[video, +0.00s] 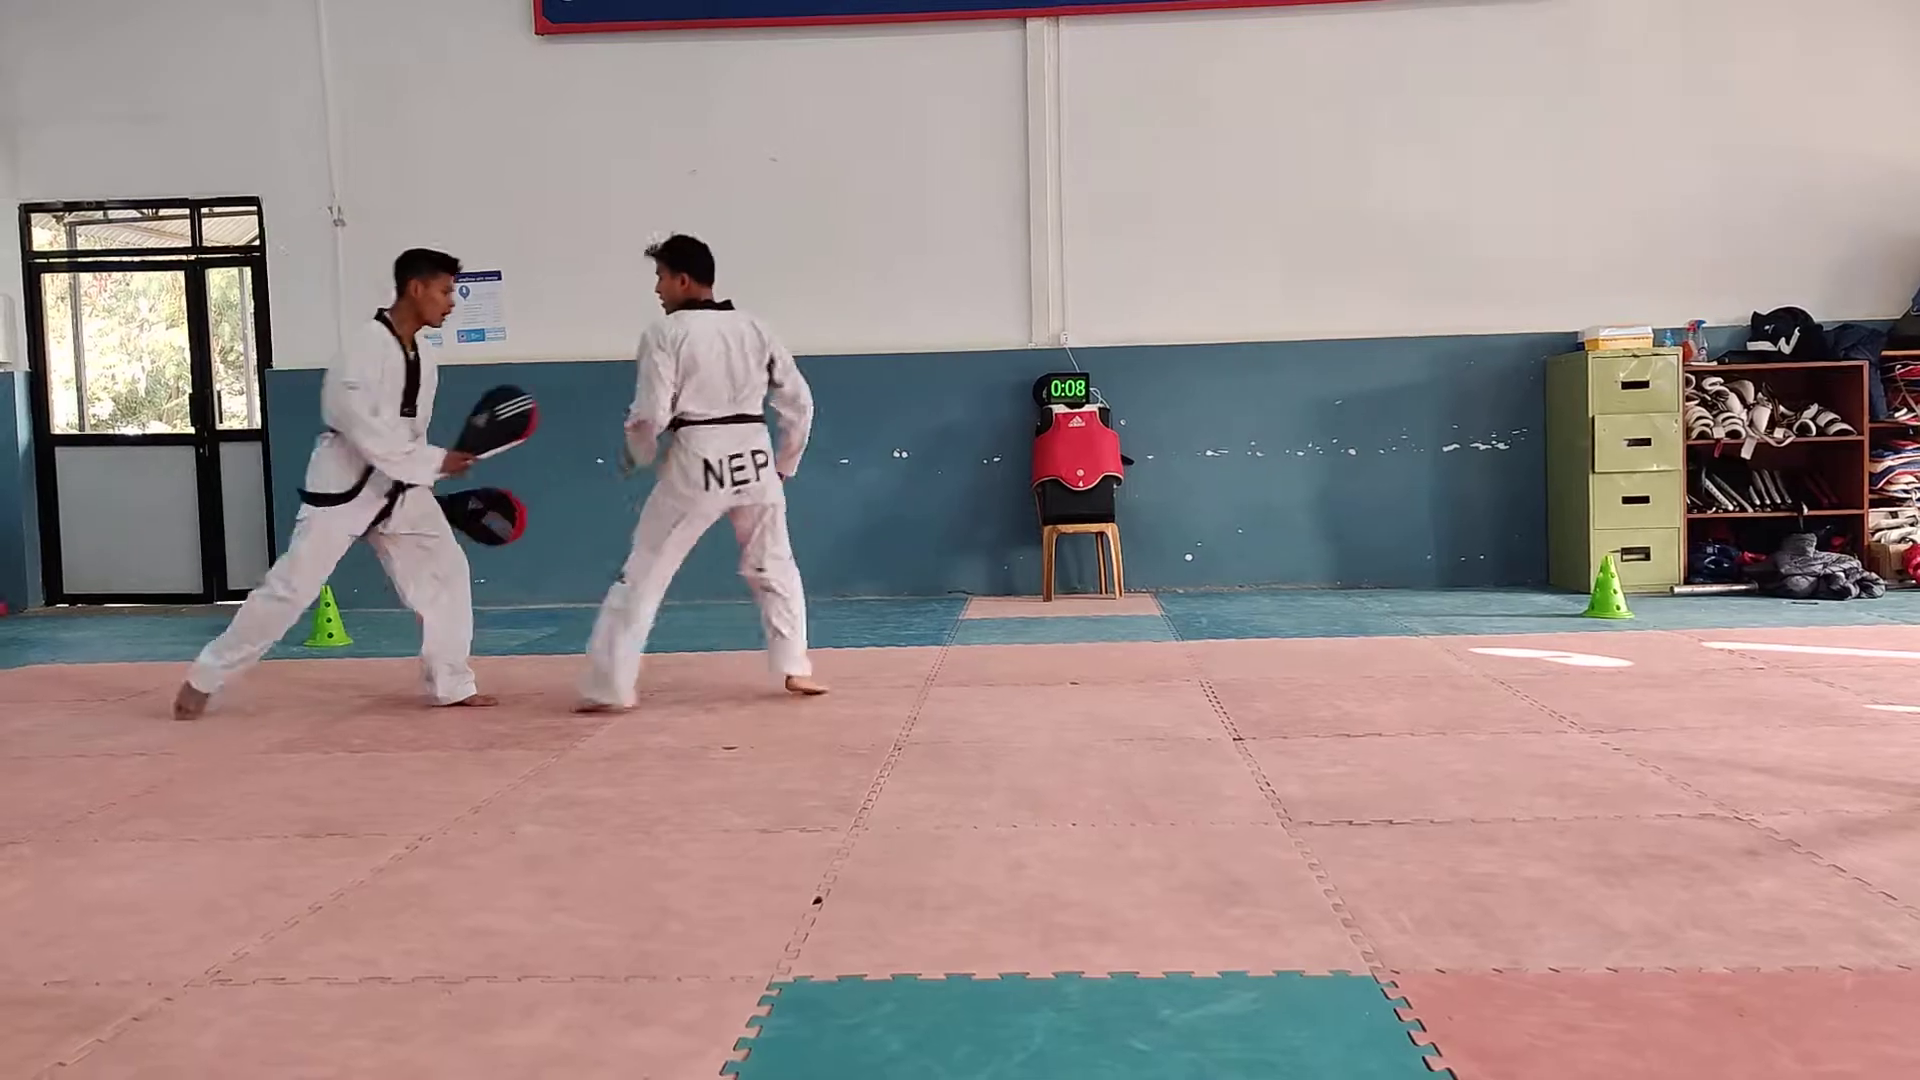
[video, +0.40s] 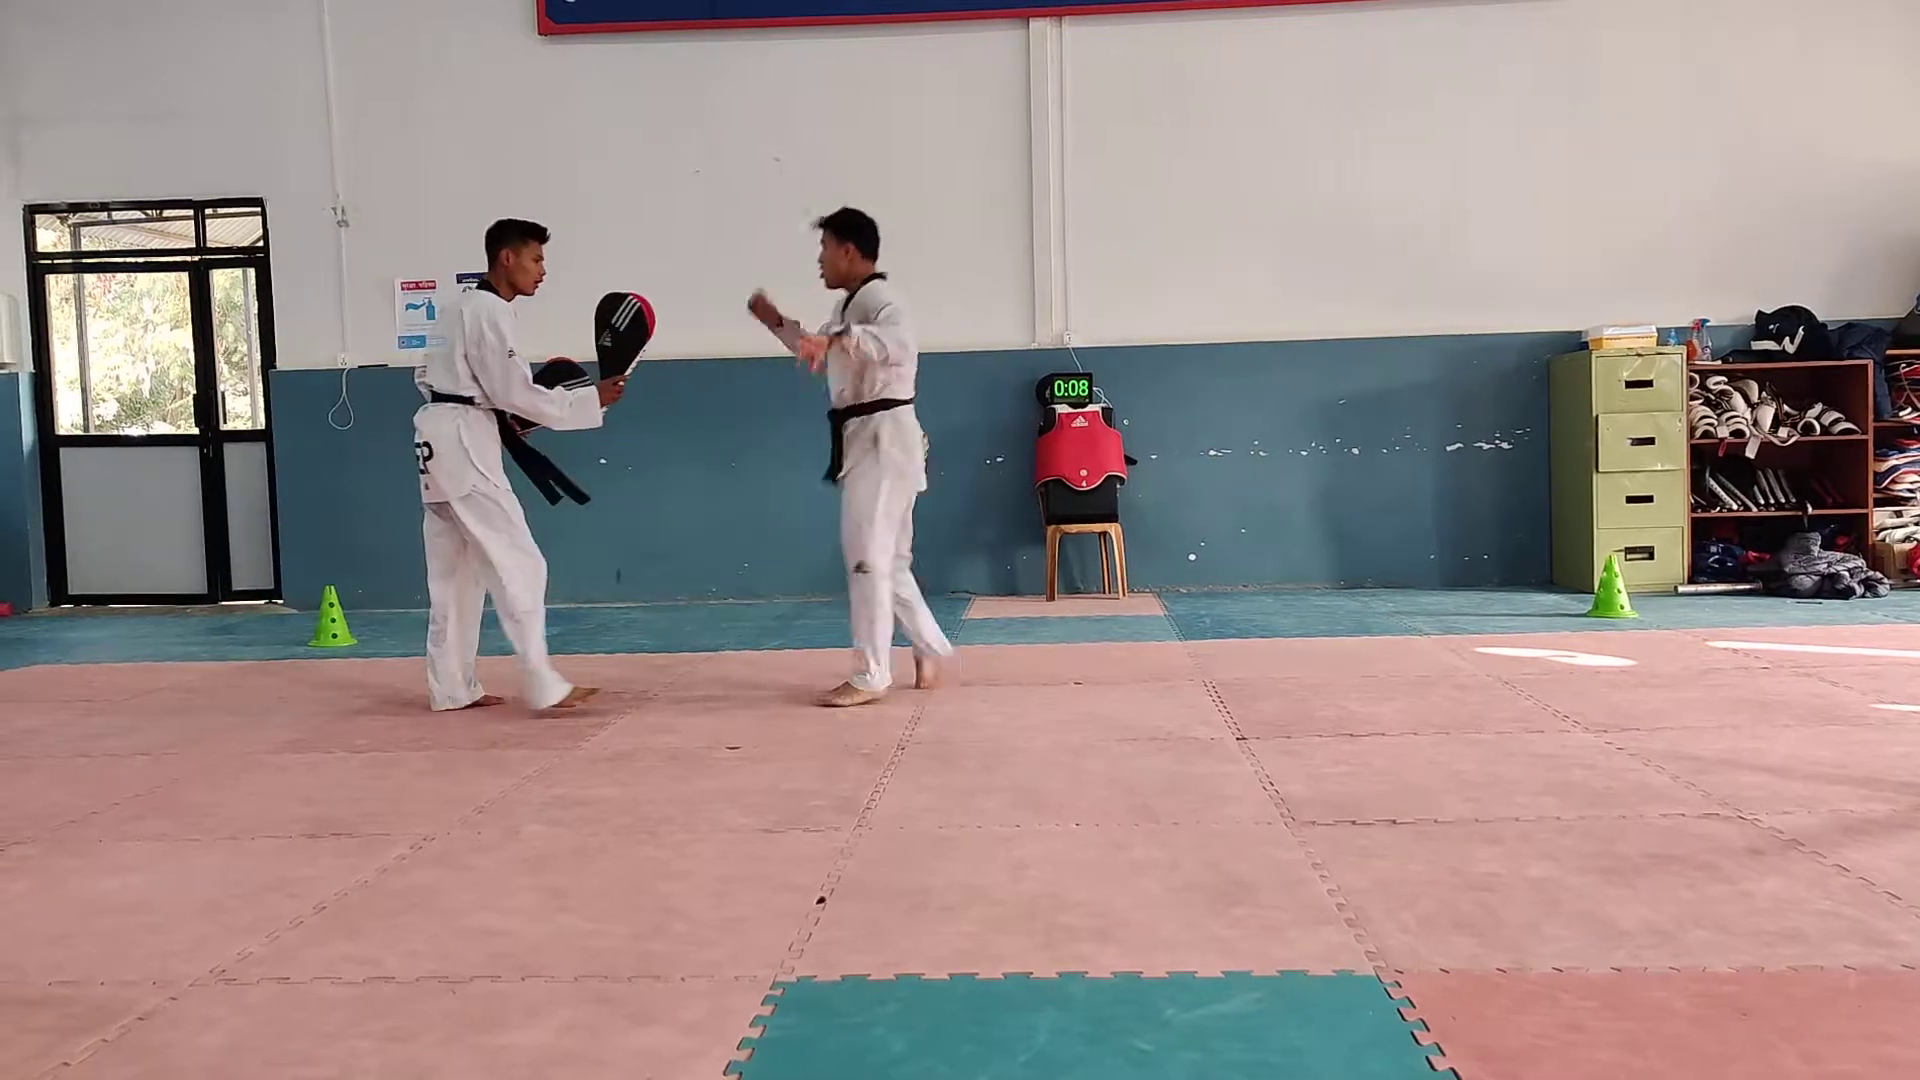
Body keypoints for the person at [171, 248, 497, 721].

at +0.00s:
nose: (452, 302)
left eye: (453, 292)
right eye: (446, 291)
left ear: (424, 292)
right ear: (414, 288)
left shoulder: (423, 357)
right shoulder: (366, 342)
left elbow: (408, 436)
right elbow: (350, 417)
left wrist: (427, 479)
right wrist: (430, 458)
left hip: (399, 479)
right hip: (345, 475)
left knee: (446, 568)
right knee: (294, 585)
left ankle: (450, 683)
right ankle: (205, 676)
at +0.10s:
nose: (483, 292)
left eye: (484, 281)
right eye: (478, 280)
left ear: (450, 280)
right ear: (447, 278)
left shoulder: (432, 334)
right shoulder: (412, 332)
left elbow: (422, 418)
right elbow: (438, 413)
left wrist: (446, 466)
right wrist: (516, 441)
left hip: (418, 461)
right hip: (379, 455)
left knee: (454, 568)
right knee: (354, 580)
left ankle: (452, 683)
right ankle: (265, 653)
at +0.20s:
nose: (505, 280)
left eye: (506, 270)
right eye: (499, 269)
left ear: (468, 269)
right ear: (469, 267)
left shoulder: (450, 319)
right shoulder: (439, 320)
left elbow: (462, 405)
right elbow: (464, 403)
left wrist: (524, 423)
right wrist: (540, 427)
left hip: (433, 443)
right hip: (409, 440)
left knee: (460, 572)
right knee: (427, 572)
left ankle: (453, 685)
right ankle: (348, 662)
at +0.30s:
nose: (524, 273)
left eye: (525, 263)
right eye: (518, 262)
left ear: (486, 263)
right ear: (488, 261)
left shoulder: (449, 307)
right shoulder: (465, 314)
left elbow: (464, 393)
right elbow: (483, 396)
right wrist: (560, 410)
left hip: (420, 428)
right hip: (437, 431)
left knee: (438, 561)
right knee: (482, 560)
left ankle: (447, 684)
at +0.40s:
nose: (542, 272)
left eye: (543, 261)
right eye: (536, 260)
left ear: (502, 261)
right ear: (506, 259)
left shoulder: (457, 305)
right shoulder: (487, 310)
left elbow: (452, 381)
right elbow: (510, 392)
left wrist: (511, 405)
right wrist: (588, 400)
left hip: (434, 434)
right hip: (462, 434)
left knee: (454, 567)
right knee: (519, 559)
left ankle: (452, 688)